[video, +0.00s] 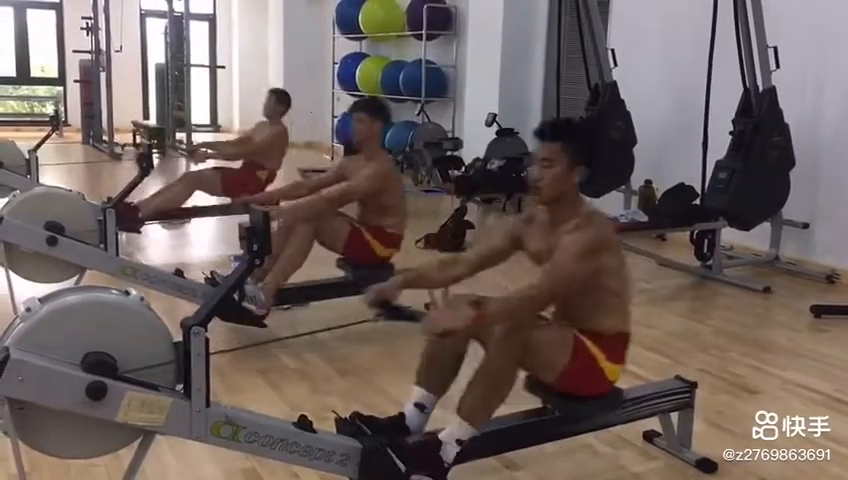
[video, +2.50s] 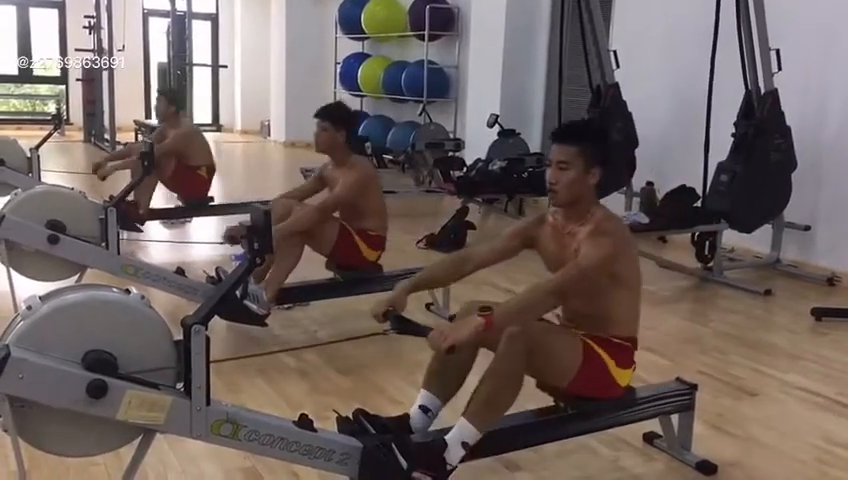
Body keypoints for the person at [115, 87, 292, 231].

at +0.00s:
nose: (265, 104)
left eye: (270, 101)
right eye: (267, 100)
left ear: (281, 109)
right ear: (272, 106)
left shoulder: (277, 133)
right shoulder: (263, 126)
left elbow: (244, 151)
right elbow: (237, 143)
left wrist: (206, 152)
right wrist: (205, 146)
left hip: (251, 182)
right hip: (243, 175)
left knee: (192, 180)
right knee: (187, 178)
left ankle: (140, 214)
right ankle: (138, 209)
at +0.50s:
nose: (284, 127)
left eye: (287, 123)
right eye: (285, 123)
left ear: (298, 126)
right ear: (293, 126)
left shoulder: (302, 154)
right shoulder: (289, 146)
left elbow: (304, 187)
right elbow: (280, 163)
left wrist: (290, 162)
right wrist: (268, 150)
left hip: (249, 182)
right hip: (242, 174)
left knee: (191, 180)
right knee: (188, 177)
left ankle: (136, 215)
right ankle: (134, 208)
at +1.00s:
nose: (252, 113)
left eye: (255, 108)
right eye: (252, 108)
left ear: (268, 110)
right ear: (261, 110)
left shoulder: (275, 136)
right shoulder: (259, 132)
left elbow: (262, 172)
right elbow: (241, 158)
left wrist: (222, 171)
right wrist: (215, 158)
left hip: (249, 185)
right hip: (238, 178)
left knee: (191, 189)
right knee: (188, 187)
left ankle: (132, 217)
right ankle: (131, 211)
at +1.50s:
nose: (229, 111)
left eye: (232, 106)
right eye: (229, 106)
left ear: (245, 109)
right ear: (241, 109)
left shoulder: (258, 136)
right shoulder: (240, 134)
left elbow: (238, 173)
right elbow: (220, 160)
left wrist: (202, 189)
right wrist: (192, 175)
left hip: (248, 189)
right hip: (238, 183)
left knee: (192, 200)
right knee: (189, 196)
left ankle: (133, 219)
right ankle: (131, 213)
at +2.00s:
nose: (205, 110)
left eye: (209, 106)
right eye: (206, 106)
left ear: (222, 109)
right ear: (217, 109)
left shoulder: (236, 131)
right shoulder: (216, 130)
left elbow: (212, 160)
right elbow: (192, 150)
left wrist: (176, 170)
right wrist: (164, 163)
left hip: (241, 186)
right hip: (231, 181)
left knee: (184, 173)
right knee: (177, 168)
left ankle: (141, 216)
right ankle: (138, 211)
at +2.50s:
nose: (156, 107)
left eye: (160, 103)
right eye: (157, 102)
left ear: (172, 109)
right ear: (170, 110)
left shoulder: (182, 134)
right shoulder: (166, 130)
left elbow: (148, 157)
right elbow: (141, 148)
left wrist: (114, 167)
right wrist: (107, 158)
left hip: (198, 186)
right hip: (188, 181)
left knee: (152, 162)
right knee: (141, 159)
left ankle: (141, 209)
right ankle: (139, 207)